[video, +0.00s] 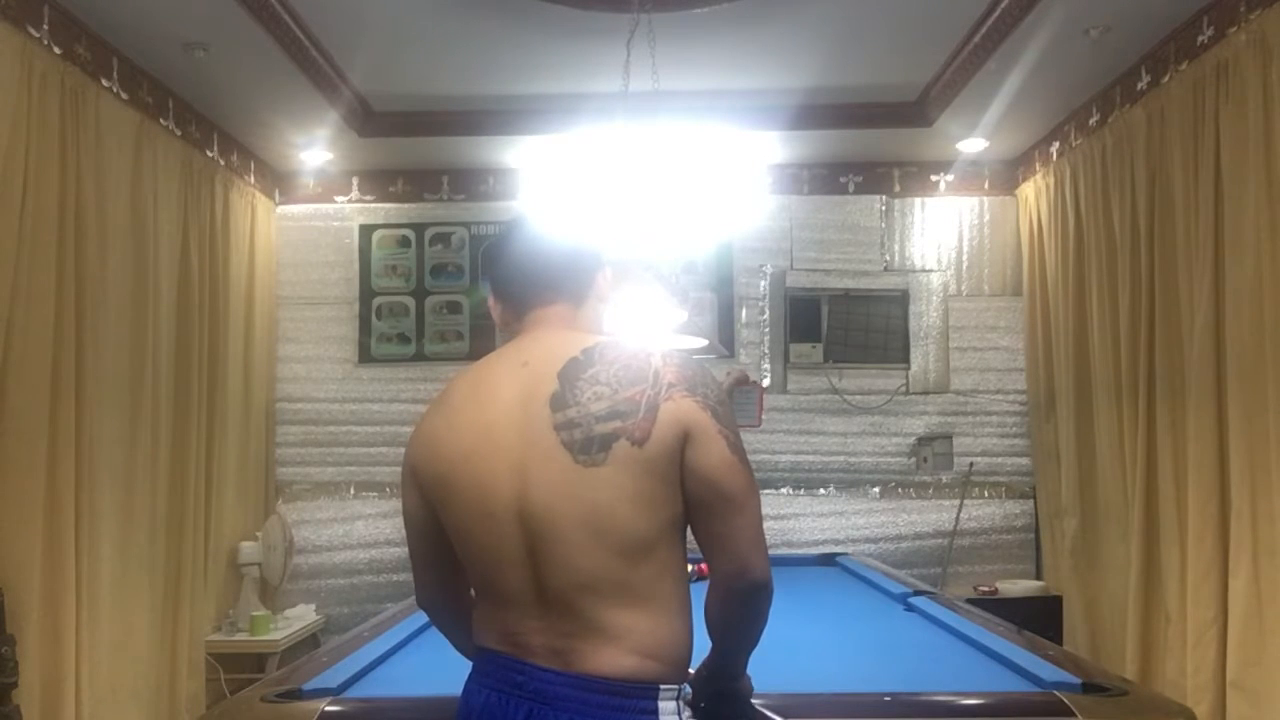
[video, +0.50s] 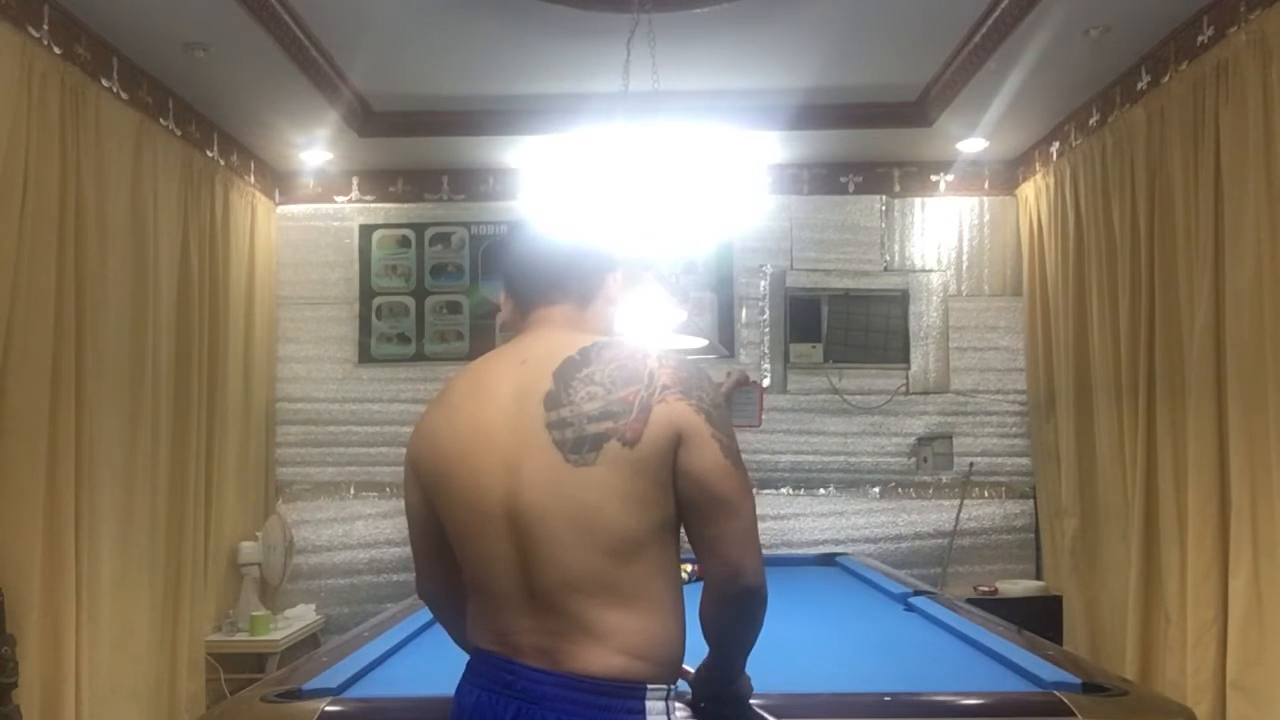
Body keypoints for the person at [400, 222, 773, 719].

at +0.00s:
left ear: (496, 308)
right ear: (603, 282)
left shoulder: (441, 415)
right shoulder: (672, 383)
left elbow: (438, 594)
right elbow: (746, 575)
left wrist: (501, 664)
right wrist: (725, 673)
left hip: (493, 699)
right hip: (637, 702)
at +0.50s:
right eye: (630, 282)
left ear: (507, 303)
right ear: (613, 285)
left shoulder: (443, 409)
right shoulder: (668, 385)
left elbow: (437, 585)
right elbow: (739, 578)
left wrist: (502, 658)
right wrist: (723, 673)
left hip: (486, 697)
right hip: (626, 703)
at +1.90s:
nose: (653, 311)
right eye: (655, 292)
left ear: (544, 288)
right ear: (646, 297)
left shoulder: (457, 390)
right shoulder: (675, 395)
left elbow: (403, 561)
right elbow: (742, 574)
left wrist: (489, 636)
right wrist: (678, 549)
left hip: (479, 697)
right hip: (610, 704)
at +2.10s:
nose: (655, 305)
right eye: (655, 291)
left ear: (542, 283)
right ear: (643, 293)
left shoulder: (451, 392)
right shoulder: (676, 398)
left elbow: (356, 539)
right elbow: (748, 566)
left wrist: (435, 652)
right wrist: (693, 536)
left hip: (481, 695)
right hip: (614, 700)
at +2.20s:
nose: (653, 300)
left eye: (653, 284)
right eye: (653, 284)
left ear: (538, 281)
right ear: (641, 289)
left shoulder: (446, 394)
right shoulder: (678, 399)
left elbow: (348, 545)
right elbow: (751, 577)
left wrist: (418, 677)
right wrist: (690, 545)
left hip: (481, 696)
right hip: (614, 701)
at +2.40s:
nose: (642, 292)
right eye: (642, 280)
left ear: (526, 285)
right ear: (632, 284)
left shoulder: (442, 398)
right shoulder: (677, 396)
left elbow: (353, 563)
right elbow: (763, 577)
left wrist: (419, 684)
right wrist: (716, 617)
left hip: (485, 694)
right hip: (621, 699)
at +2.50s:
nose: (644, 293)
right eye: (643, 280)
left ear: (525, 286)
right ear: (630, 283)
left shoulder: (444, 399)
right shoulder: (675, 392)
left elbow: (357, 562)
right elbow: (762, 568)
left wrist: (426, 678)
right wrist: (722, 646)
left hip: (487, 699)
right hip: (622, 702)